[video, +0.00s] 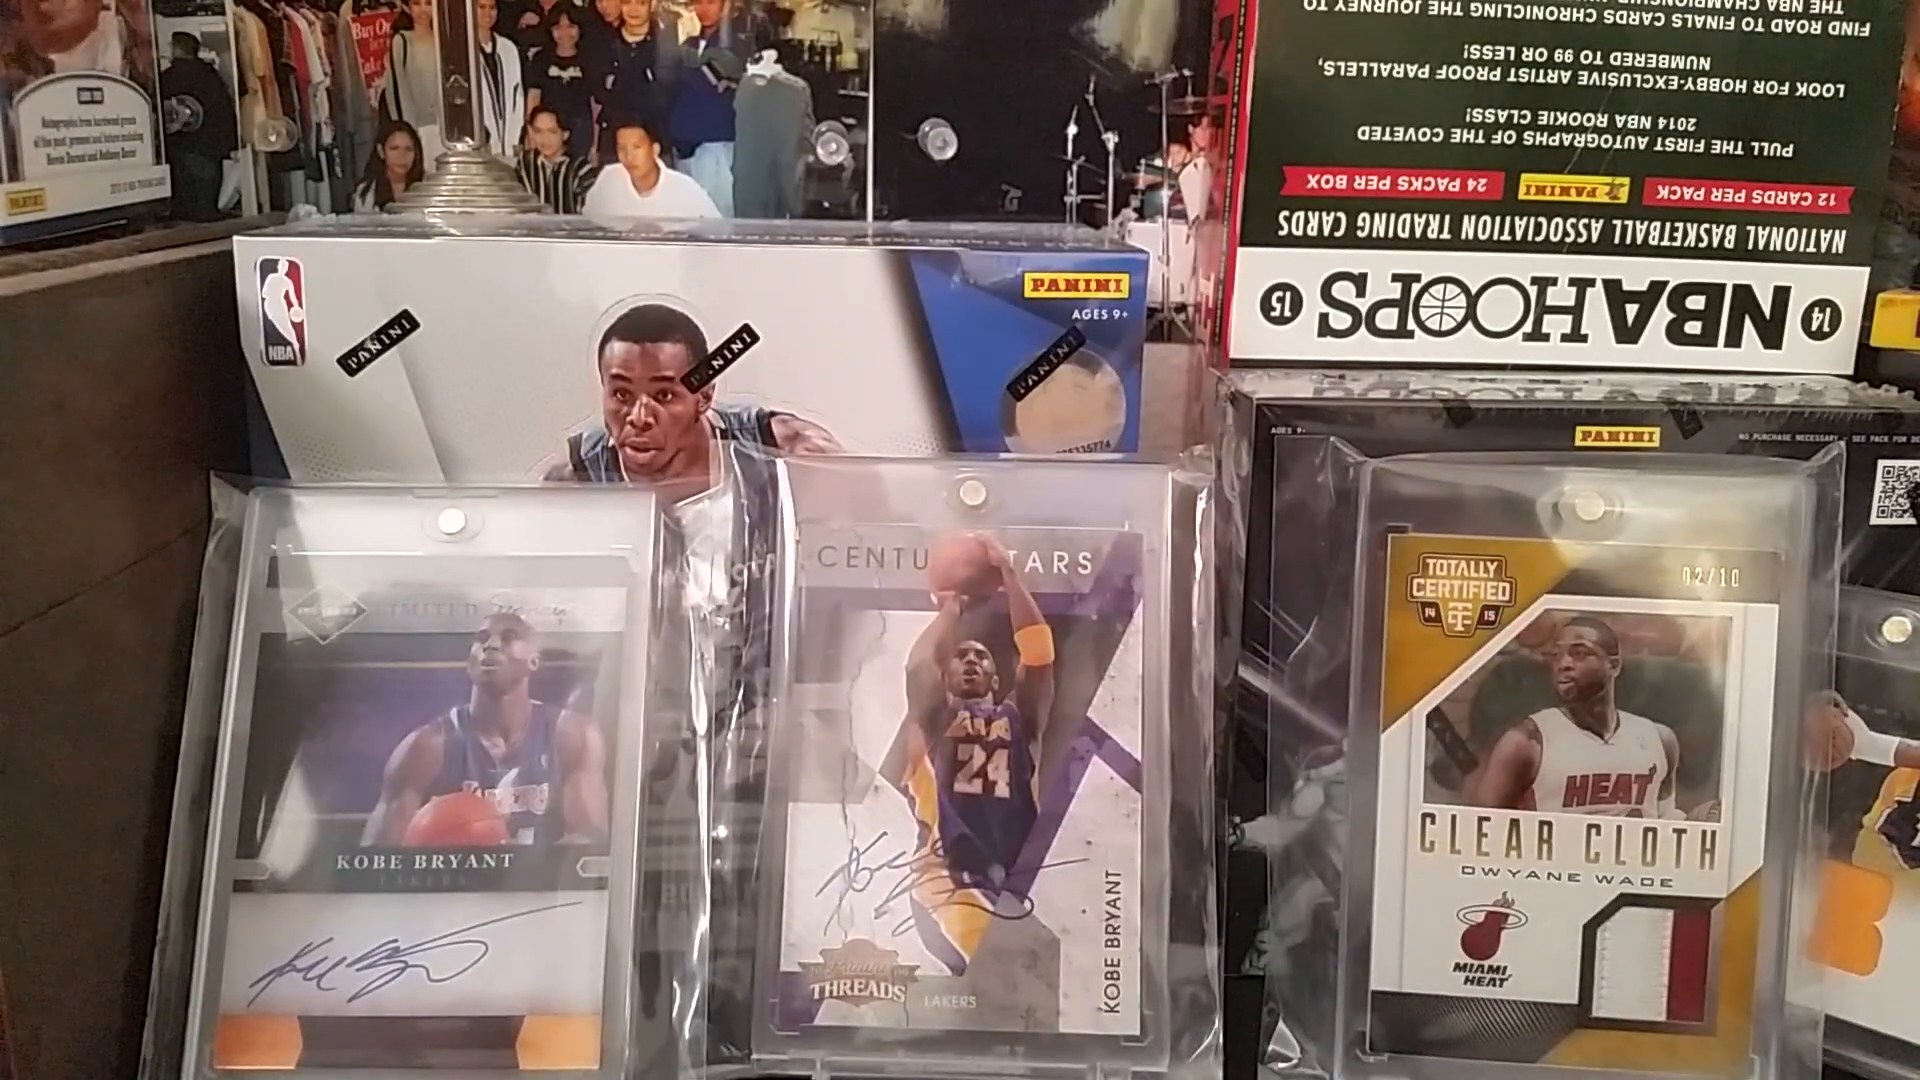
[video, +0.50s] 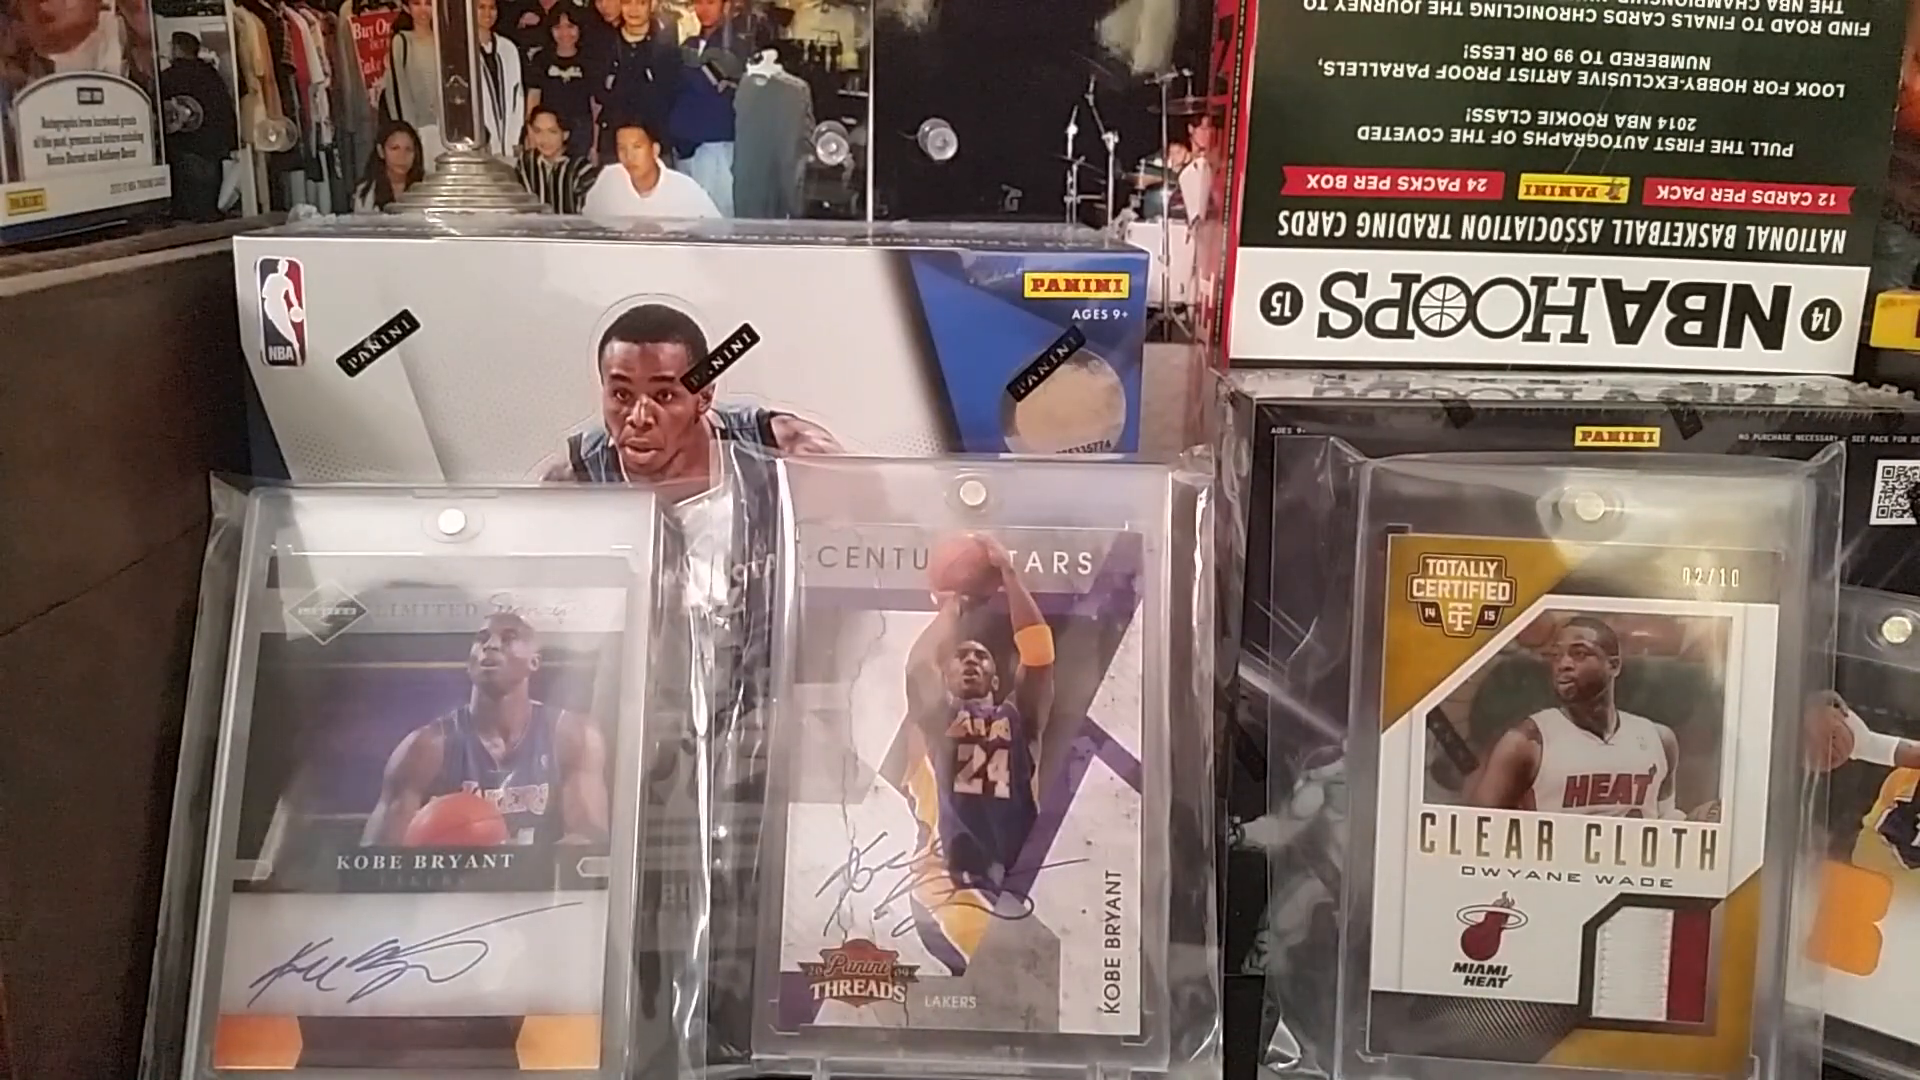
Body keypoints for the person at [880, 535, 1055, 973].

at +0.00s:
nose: (972, 660)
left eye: (981, 656)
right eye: (960, 655)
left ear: (997, 674)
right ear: (944, 672)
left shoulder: (1020, 719)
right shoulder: (934, 718)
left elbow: (1036, 651)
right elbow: (920, 666)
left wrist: (1009, 572)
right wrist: (950, 607)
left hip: (1010, 879)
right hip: (945, 877)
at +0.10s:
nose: (971, 662)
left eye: (981, 657)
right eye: (960, 656)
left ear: (996, 675)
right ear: (944, 675)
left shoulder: (1021, 717)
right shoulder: (935, 718)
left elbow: (1038, 652)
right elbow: (920, 664)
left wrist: (1007, 571)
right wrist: (951, 607)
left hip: (1011, 877)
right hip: (945, 877)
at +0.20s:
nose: (970, 662)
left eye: (981, 656)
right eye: (959, 656)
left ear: (996, 674)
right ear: (944, 674)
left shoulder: (1021, 716)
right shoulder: (936, 719)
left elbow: (1038, 652)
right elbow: (919, 664)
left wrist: (1008, 572)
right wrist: (951, 608)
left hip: (1016, 873)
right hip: (948, 876)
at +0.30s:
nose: (970, 662)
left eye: (981, 657)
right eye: (959, 656)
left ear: (996, 675)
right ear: (944, 675)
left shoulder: (1021, 716)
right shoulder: (937, 721)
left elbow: (1038, 652)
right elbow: (919, 665)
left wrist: (1008, 571)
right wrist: (951, 608)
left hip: (1015, 874)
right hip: (949, 877)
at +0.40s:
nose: (970, 661)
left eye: (981, 656)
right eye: (959, 656)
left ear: (996, 673)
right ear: (944, 674)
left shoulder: (1020, 716)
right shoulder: (938, 719)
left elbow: (1037, 652)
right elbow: (919, 665)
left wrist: (1009, 571)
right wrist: (950, 607)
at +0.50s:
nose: (970, 661)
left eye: (981, 657)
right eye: (960, 656)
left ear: (996, 675)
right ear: (945, 675)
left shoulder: (1020, 716)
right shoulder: (938, 720)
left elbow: (1037, 652)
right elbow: (919, 664)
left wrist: (1008, 571)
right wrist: (952, 605)